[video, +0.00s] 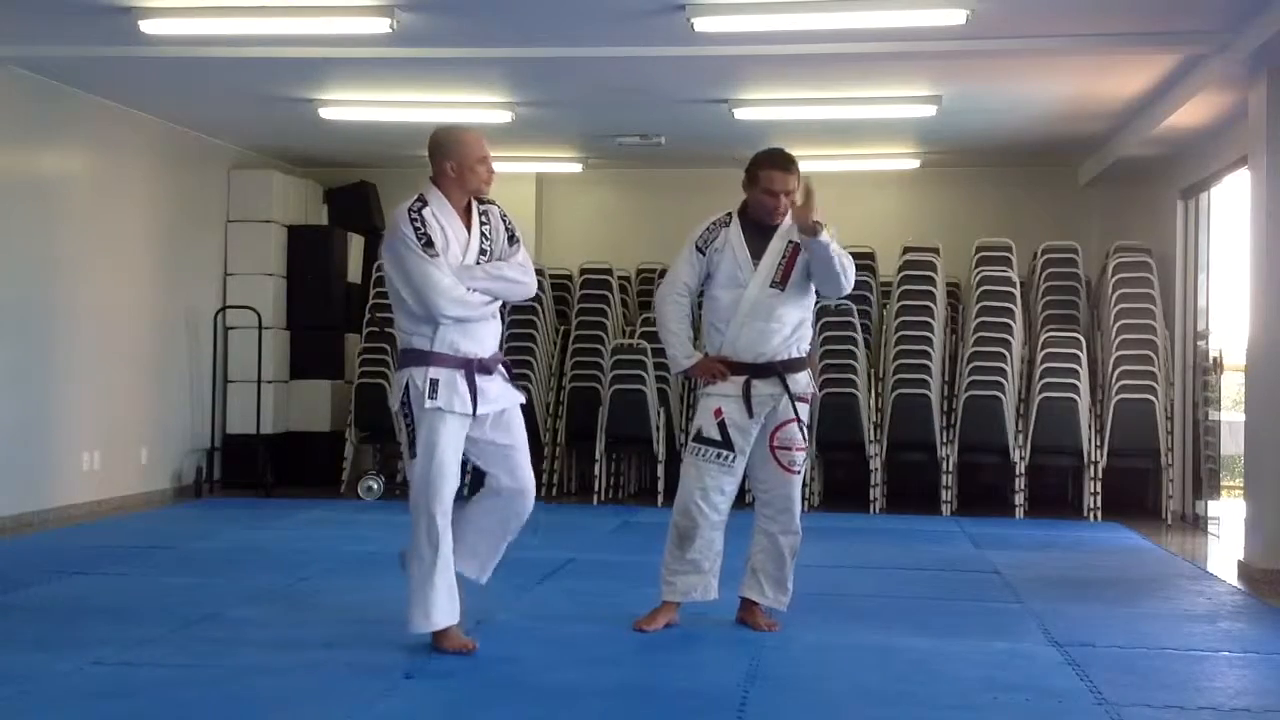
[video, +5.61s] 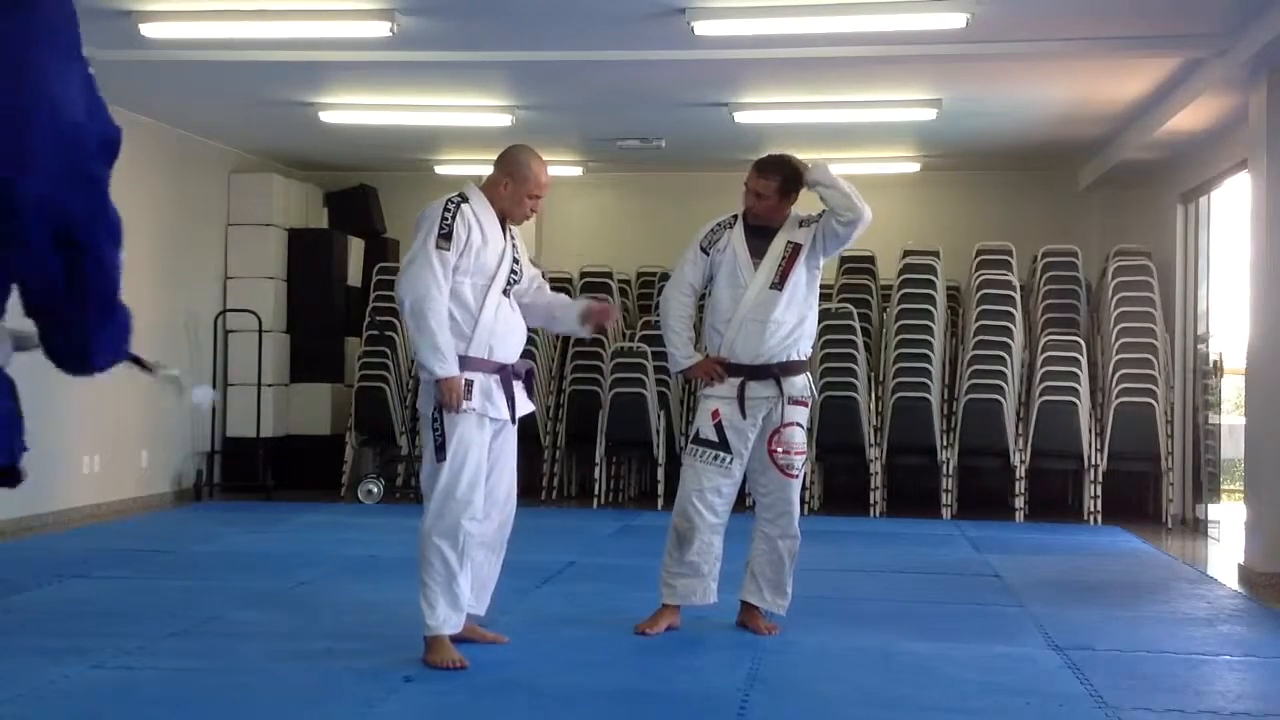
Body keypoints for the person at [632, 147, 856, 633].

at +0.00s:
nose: (779, 203)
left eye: (787, 194)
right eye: (769, 193)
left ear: (797, 194)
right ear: (747, 187)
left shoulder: (809, 241)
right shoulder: (713, 236)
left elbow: (839, 286)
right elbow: (671, 296)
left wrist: (812, 234)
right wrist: (688, 358)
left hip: (789, 388)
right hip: (725, 384)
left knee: (781, 503)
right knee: (698, 498)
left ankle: (755, 602)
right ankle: (672, 600)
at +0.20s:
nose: (776, 203)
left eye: (784, 194)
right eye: (766, 192)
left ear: (794, 192)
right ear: (743, 187)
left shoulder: (811, 238)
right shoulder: (709, 236)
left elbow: (849, 290)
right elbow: (672, 298)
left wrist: (798, 288)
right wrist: (687, 356)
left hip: (786, 389)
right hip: (721, 385)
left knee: (779, 504)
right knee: (695, 500)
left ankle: (755, 602)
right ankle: (671, 601)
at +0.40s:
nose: (766, 204)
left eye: (775, 193)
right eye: (756, 194)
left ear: (786, 190)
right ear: (735, 189)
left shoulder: (810, 240)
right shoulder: (706, 237)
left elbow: (857, 298)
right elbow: (677, 300)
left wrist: (834, 351)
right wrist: (684, 354)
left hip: (783, 386)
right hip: (718, 382)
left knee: (775, 503)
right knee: (692, 497)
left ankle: (755, 602)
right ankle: (670, 601)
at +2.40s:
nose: (769, 190)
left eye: (779, 181)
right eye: (759, 181)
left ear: (794, 186)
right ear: (743, 186)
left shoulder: (820, 241)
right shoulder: (714, 238)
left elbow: (857, 303)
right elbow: (676, 300)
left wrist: (838, 361)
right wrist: (688, 356)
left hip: (789, 388)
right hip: (723, 384)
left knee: (780, 505)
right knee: (696, 498)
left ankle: (756, 605)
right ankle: (671, 602)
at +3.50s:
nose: (763, 203)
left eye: (773, 194)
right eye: (754, 193)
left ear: (790, 194)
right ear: (740, 191)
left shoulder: (814, 244)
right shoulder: (713, 237)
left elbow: (851, 304)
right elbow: (669, 298)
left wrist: (860, 287)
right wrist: (687, 360)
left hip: (787, 390)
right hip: (722, 386)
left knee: (780, 506)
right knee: (695, 501)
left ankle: (757, 604)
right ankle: (672, 602)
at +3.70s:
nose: (765, 203)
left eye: (775, 194)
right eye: (756, 193)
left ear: (790, 195)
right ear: (740, 191)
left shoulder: (806, 238)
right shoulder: (711, 236)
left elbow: (860, 262)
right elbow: (668, 298)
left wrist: (847, 213)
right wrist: (686, 361)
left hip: (784, 388)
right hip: (720, 386)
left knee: (779, 506)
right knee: (694, 502)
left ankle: (757, 604)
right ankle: (672, 603)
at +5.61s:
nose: (749, 201)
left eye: (761, 196)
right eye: (748, 191)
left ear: (788, 202)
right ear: (744, 188)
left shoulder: (809, 238)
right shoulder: (718, 235)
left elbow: (854, 215)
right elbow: (677, 294)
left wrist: (816, 175)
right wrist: (686, 357)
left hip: (787, 388)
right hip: (723, 385)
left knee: (780, 505)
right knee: (697, 500)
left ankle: (755, 606)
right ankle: (672, 604)